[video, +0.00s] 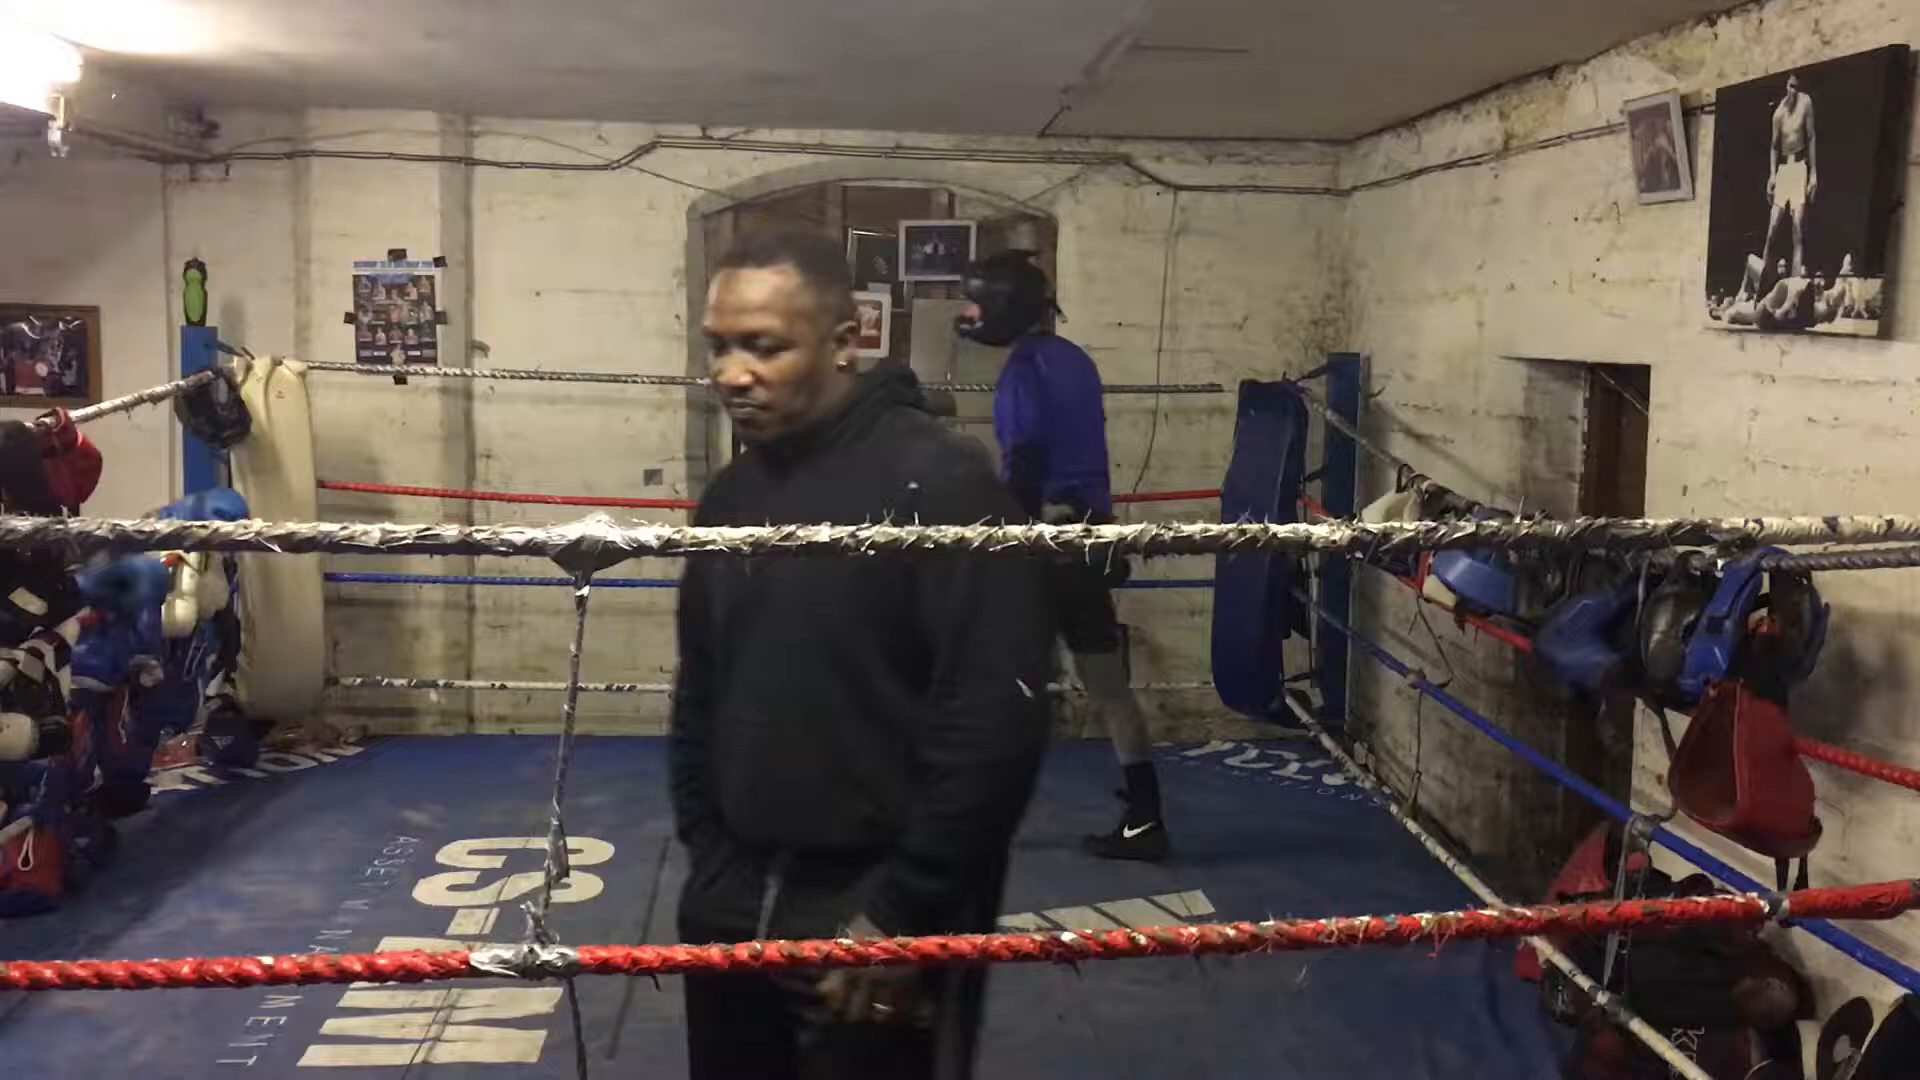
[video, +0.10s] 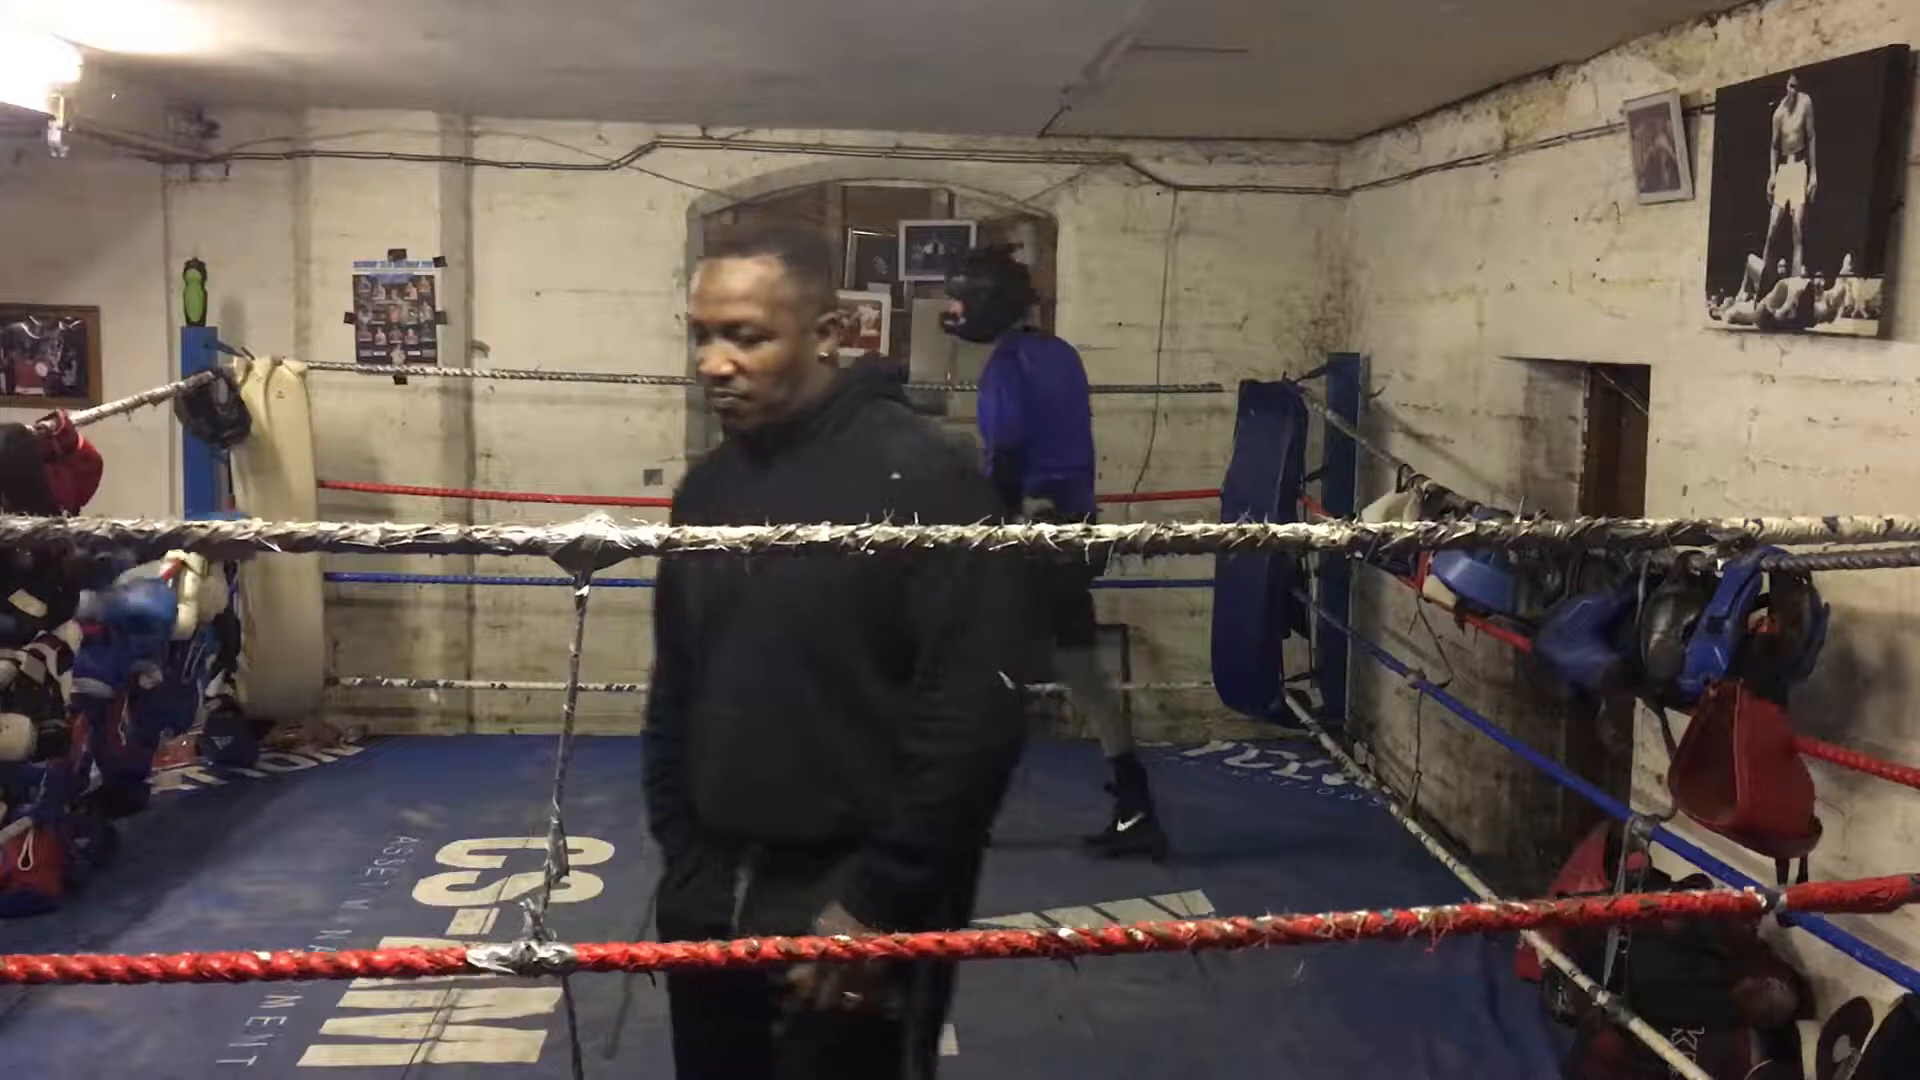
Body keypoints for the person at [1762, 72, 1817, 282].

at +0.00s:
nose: (1791, 90)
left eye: (1795, 87)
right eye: (1789, 86)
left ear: (1800, 89)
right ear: (1785, 87)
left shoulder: (1805, 103)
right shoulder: (1778, 112)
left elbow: (1811, 137)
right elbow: (1774, 145)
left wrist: (1813, 174)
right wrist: (1772, 174)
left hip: (1800, 160)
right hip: (1782, 162)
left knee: (1797, 219)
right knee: (1774, 220)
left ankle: (1798, 266)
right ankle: (1765, 267)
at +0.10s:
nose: (1791, 90)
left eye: (1795, 87)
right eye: (1789, 86)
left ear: (1800, 89)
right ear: (1785, 87)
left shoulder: (1805, 103)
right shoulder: (1778, 112)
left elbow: (1811, 137)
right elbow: (1774, 145)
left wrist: (1813, 173)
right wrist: (1772, 174)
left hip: (1800, 160)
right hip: (1782, 162)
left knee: (1797, 219)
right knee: (1774, 220)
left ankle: (1798, 266)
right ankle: (1765, 267)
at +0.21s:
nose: (1791, 90)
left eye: (1795, 87)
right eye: (1789, 86)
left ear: (1800, 89)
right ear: (1785, 87)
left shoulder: (1805, 103)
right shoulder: (1778, 113)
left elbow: (1812, 137)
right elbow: (1774, 145)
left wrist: (1813, 173)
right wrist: (1772, 174)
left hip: (1800, 160)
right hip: (1783, 162)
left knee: (1797, 220)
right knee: (1774, 223)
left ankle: (1797, 268)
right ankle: (1765, 271)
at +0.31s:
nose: (1791, 90)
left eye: (1795, 87)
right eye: (1789, 86)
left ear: (1800, 89)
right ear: (1785, 87)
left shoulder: (1805, 102)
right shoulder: (1778, 112)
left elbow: (1811, 137)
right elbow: (1774, 145)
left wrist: (1813, 173)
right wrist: (1772, 174)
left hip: (1800, 160)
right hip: (1782, 162)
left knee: (1797, 220)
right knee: (1773, 224)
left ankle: (1797, 269)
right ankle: (1764, 271)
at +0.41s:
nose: (1791, 90)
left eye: (1795, 87)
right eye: (1789, 86)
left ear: (1799, 89)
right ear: (1785, 87)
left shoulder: (1805, 103)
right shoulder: (1778, 113)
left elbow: (1811, 137)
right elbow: (1774, 145)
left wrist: (1813, 173)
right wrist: (1772, 174)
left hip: (1800, 160)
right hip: (1782, 161)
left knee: (1797, 219)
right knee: (1774, 219)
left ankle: (1797, 266)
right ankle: (1765, 267)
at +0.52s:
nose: (1791, 90)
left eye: (1795, 87)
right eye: (1789, 86)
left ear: (1800, 89)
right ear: (1785, 87)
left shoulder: (1805, 103)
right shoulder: (1778, 112)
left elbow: (1811, 137)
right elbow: (1774, 145)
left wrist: (1813, 174)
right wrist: (1772, 174)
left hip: (1800, 160)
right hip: (1782, 162)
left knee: (1797, 219)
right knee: (1774, 222)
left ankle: (1798, 267)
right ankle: (1765, 269)